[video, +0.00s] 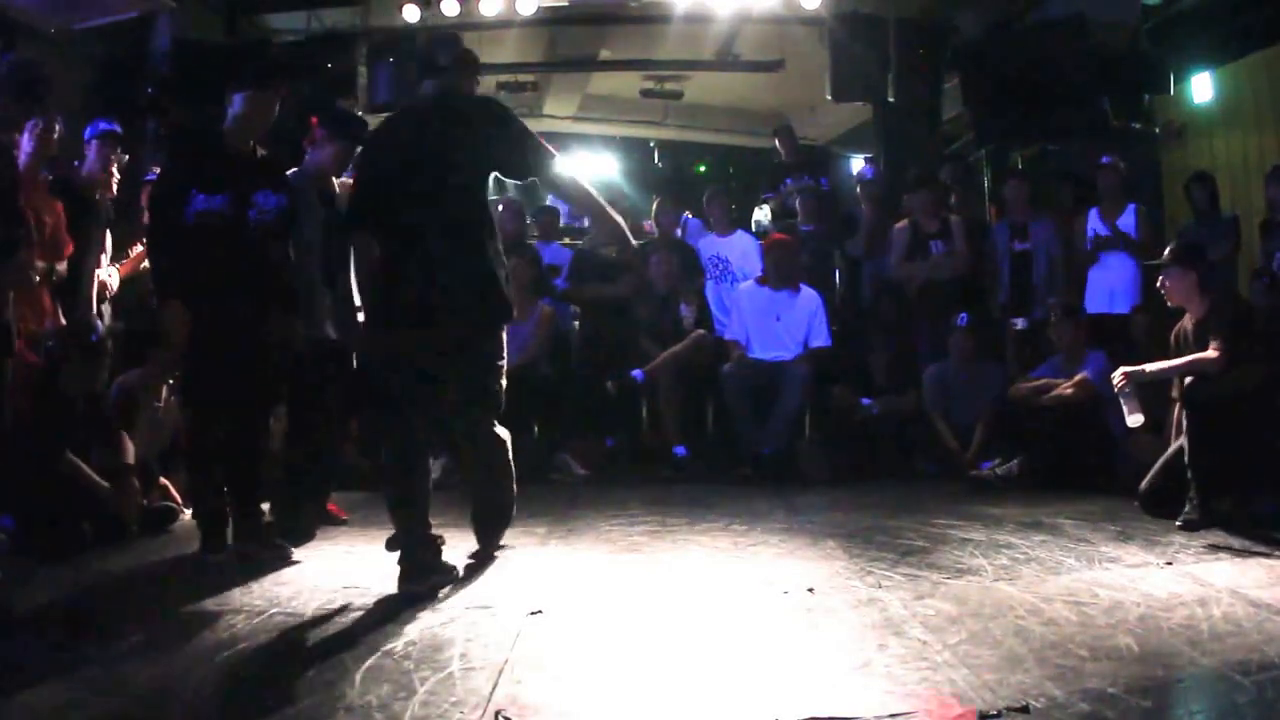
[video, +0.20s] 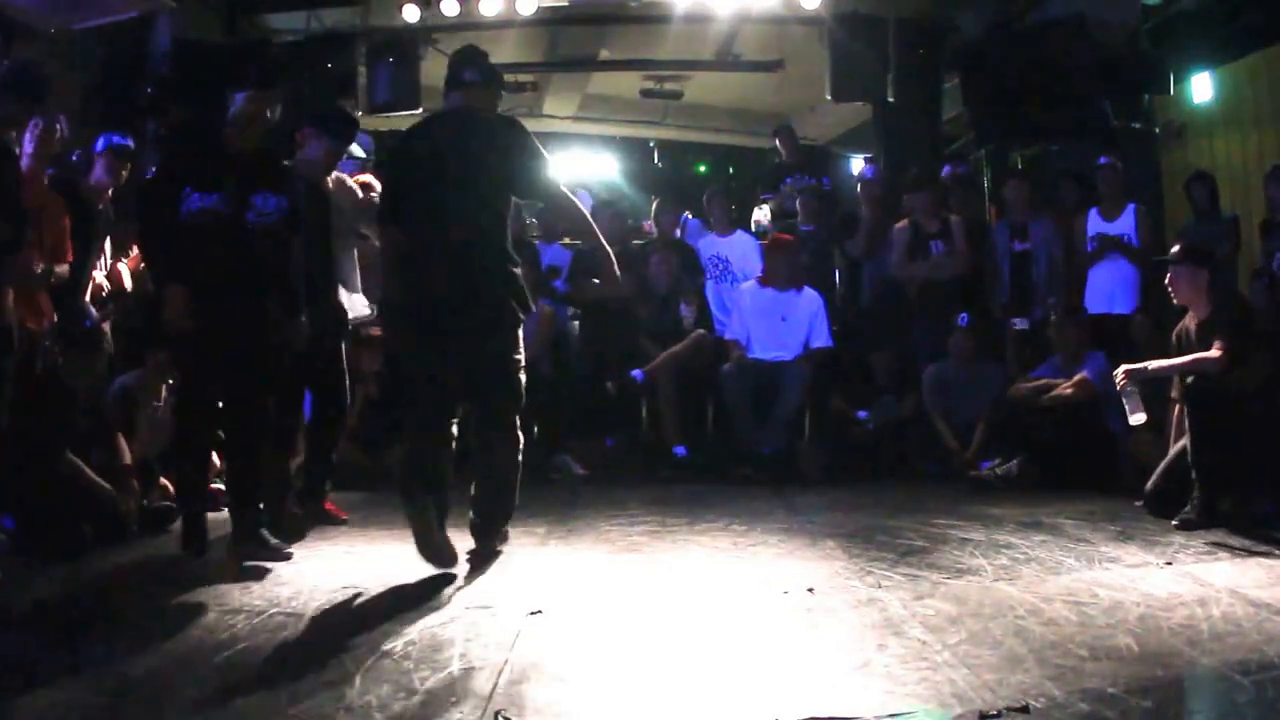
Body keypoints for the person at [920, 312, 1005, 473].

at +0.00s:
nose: (961, 346)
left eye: (966, 340)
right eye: (957, 340)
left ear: (974, 343)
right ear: (950, 342)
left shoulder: (988, 373)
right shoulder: (935, 374)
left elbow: (986, 416)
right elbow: (936, 416)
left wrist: (972, 454)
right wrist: (957, 452)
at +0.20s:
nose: (961, 346)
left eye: (966, 341)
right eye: (957, 341)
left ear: (975, 344)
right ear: (950, 343)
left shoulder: (988, 374)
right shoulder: (935, 374)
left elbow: (985, 417)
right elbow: (936, 415)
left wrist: (972, 453)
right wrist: (955, 450)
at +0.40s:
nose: (961, 348)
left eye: (966, 343)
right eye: (957, 343)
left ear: (973, 345)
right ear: (950, 345)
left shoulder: (985, 373)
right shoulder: (935, 374)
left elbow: (985, 415)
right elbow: (935, 414)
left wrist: (972, 451)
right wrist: (953, 448)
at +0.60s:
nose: (964, 345)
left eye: (968, 339)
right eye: (959, 339)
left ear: (976, 341)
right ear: (952, 341)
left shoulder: (985, 372)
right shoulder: (935, 373)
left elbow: (984, 415)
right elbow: (935, 413)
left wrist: (971, 453)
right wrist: (952, 446)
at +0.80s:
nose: (962, 344)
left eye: (968, 338)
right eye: (958, 338)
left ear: (976, 341)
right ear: (951, 339)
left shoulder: (988, 373)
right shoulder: (937, 373)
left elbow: (985, 416)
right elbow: (936, 414)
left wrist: (972, 453)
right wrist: (953, 447)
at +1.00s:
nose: (963, 345)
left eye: (969, 339)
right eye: (958, 339)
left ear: (978, 341)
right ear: (950, 341)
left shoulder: (988, 372)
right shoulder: (937, 373)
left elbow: (986, 415)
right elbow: (935, 412)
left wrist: (973, 452)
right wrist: (952, 446)